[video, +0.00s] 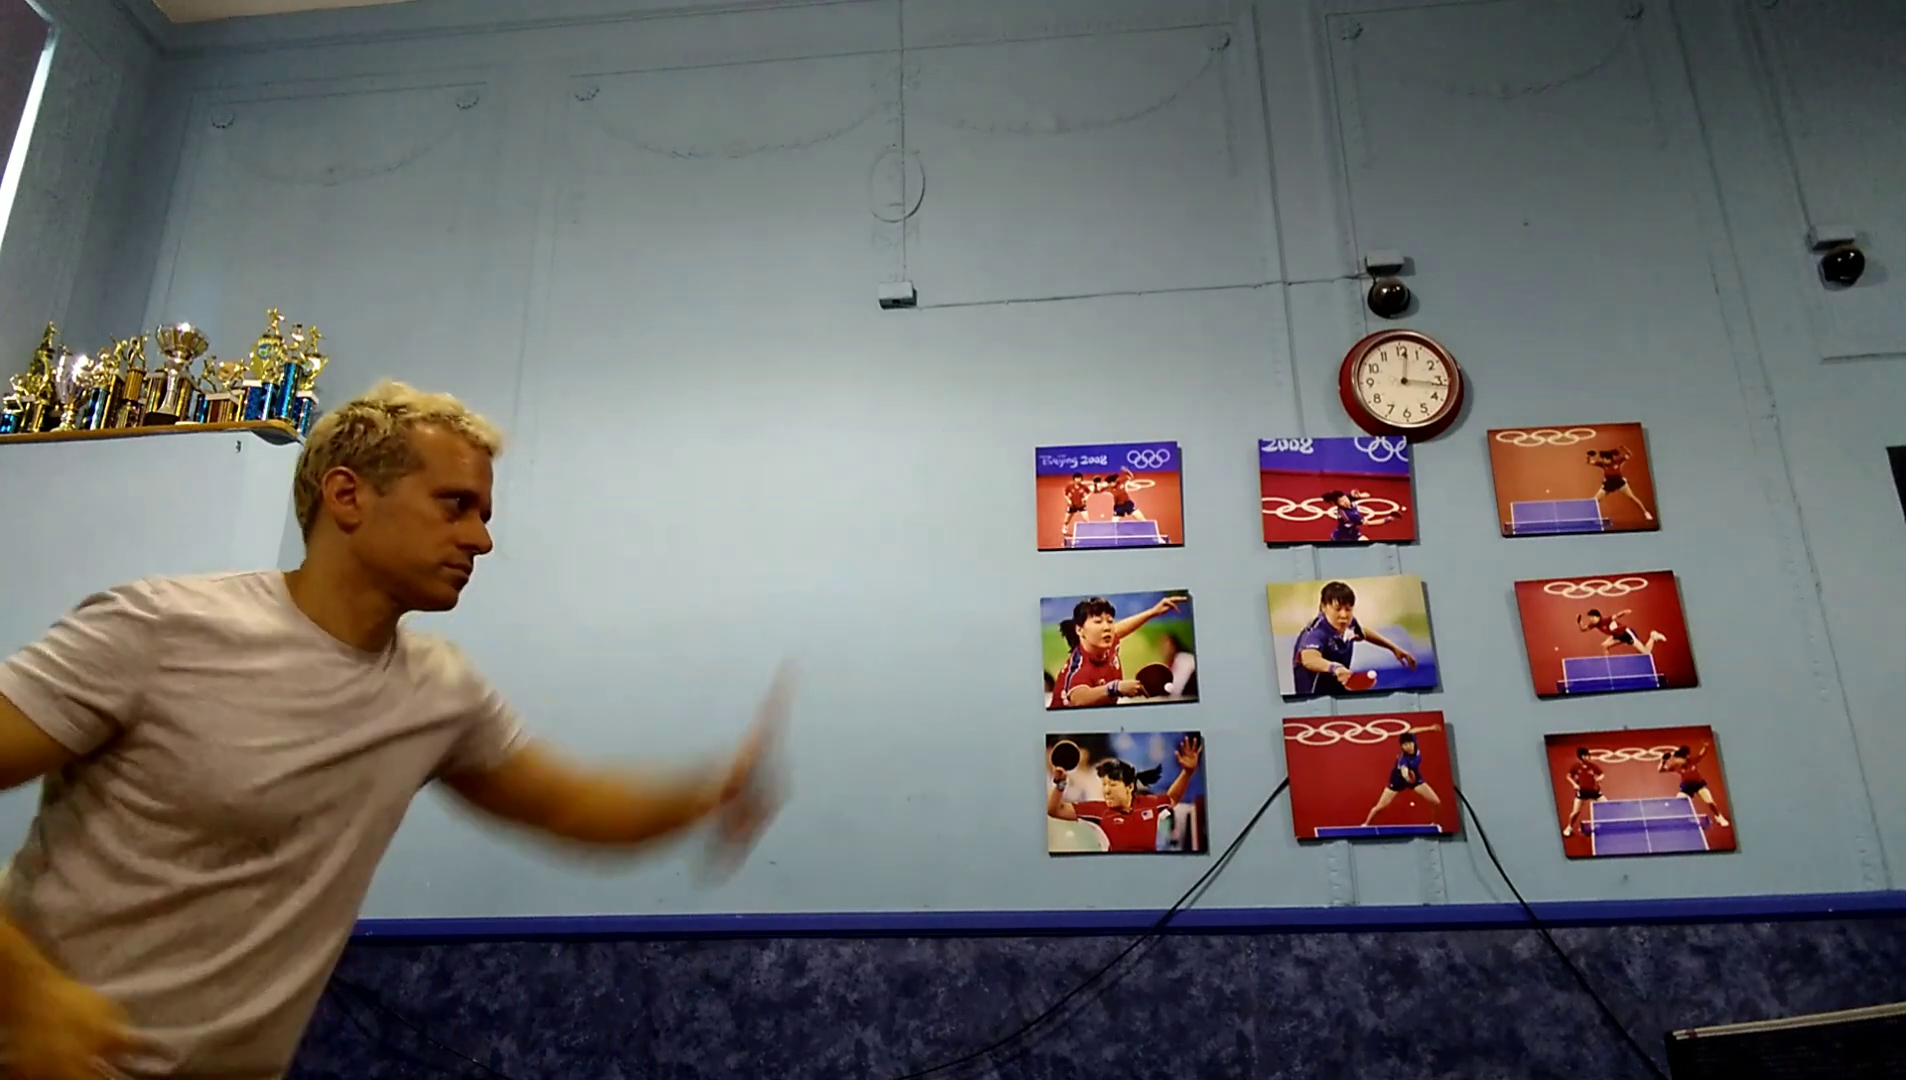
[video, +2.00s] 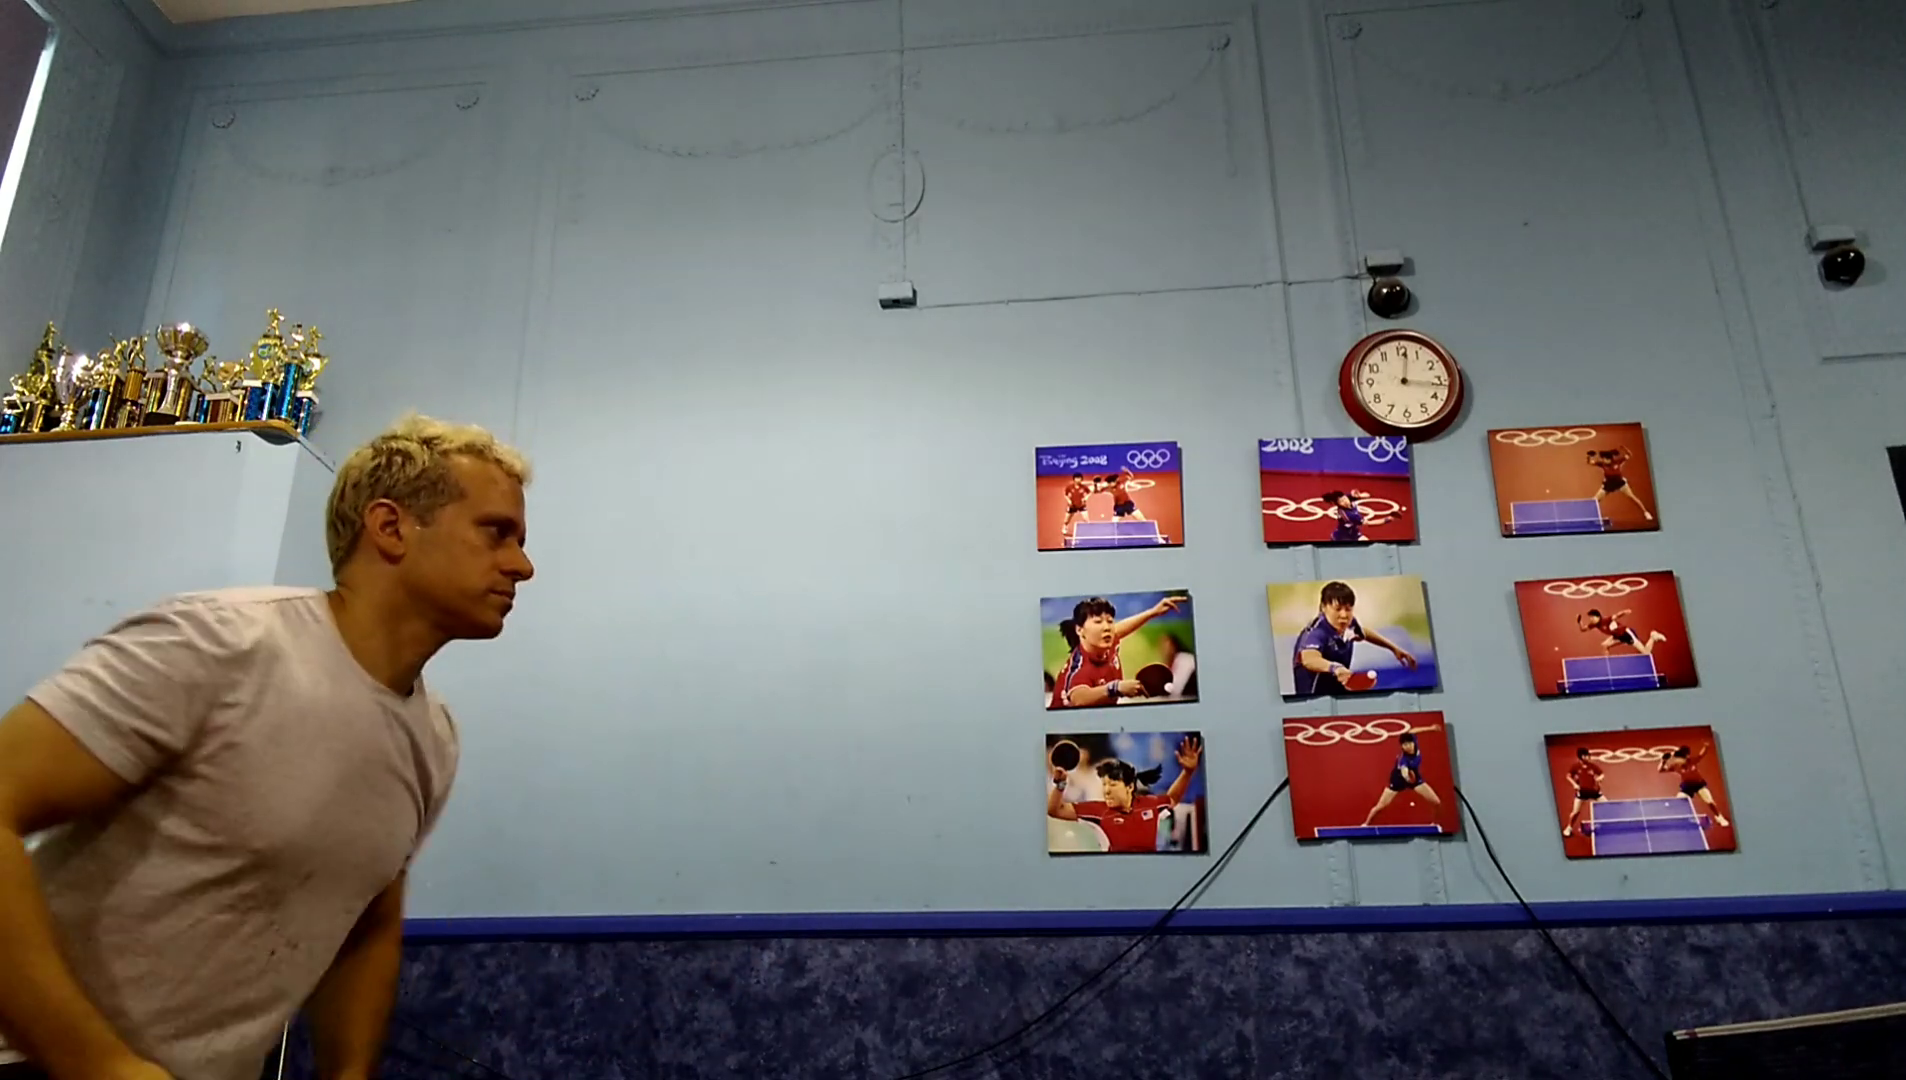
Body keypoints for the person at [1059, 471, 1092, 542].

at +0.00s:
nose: (1078, 481)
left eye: (1079, 479)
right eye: (1077, 479)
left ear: (1081, 480)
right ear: (1074, 480)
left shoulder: (1083, 487)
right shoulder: (1070, 487)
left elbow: (1089, 492)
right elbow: (1065, 494)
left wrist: (1085, 498)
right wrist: (1068, 501)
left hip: (1081, 505)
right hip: (1072, 505)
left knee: (1086, 519)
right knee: (1066, 520)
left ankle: (1090, 531)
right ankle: (1064, 529)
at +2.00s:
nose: (1078, 481)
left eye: (1079, 479)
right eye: (1077, 479)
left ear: (1081, 480)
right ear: (1074, 480)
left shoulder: (1083, 487)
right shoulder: (1070, 487)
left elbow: (1090, 492)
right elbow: (1065, 494)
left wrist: (1085, 498)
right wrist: (1068, 501)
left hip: (1081, 505)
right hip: (1072, 505)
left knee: (1086, 519)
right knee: (1066, 520)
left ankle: (1090, 531)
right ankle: (1064, 529)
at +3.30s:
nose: (1078, 481)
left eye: (1079, 479)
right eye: (1077, 479)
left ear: (1081, 480)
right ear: (1074, 479)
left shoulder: (1083, 487)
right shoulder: (1070, 487)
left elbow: (1089, 492)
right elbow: (1065, 494)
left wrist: (1085, 498)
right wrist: (1069, 501)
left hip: (1081, 505)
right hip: (1073, 505)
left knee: (1086, 519)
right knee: (1066, 520)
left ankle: (1090, 531)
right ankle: (1064, 529)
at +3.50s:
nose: (1078, 480)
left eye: (1079, 479)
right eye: (1077, 479)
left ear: (1081, 479)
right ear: (1074, 479)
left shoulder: (1083, 487)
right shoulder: (1070, 487)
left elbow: (1090, 492)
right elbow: (1065, 494)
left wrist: (1085, 498)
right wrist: (1069, 501)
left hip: (1081, 505)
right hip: (1073, 505)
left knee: (1086, 519)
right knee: (1066, 520)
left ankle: (1090, 531)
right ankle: (1064, 529)